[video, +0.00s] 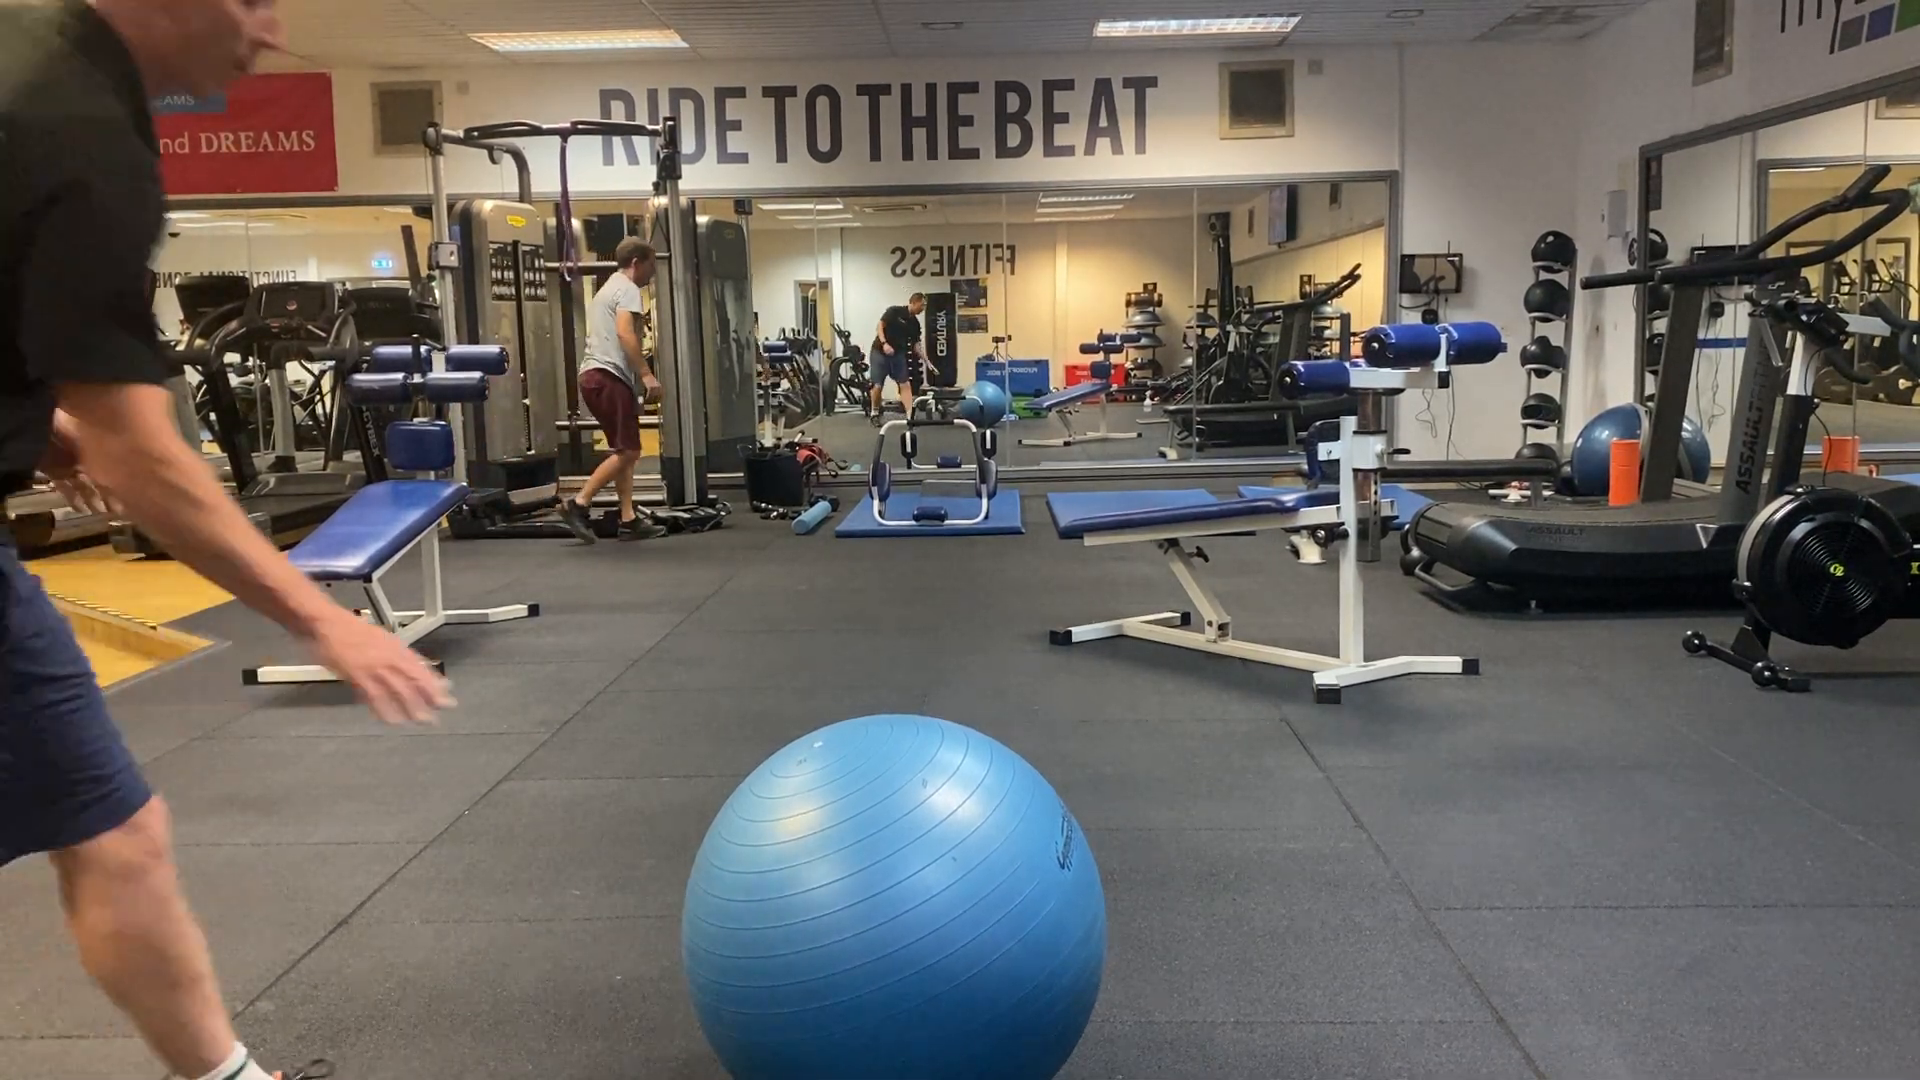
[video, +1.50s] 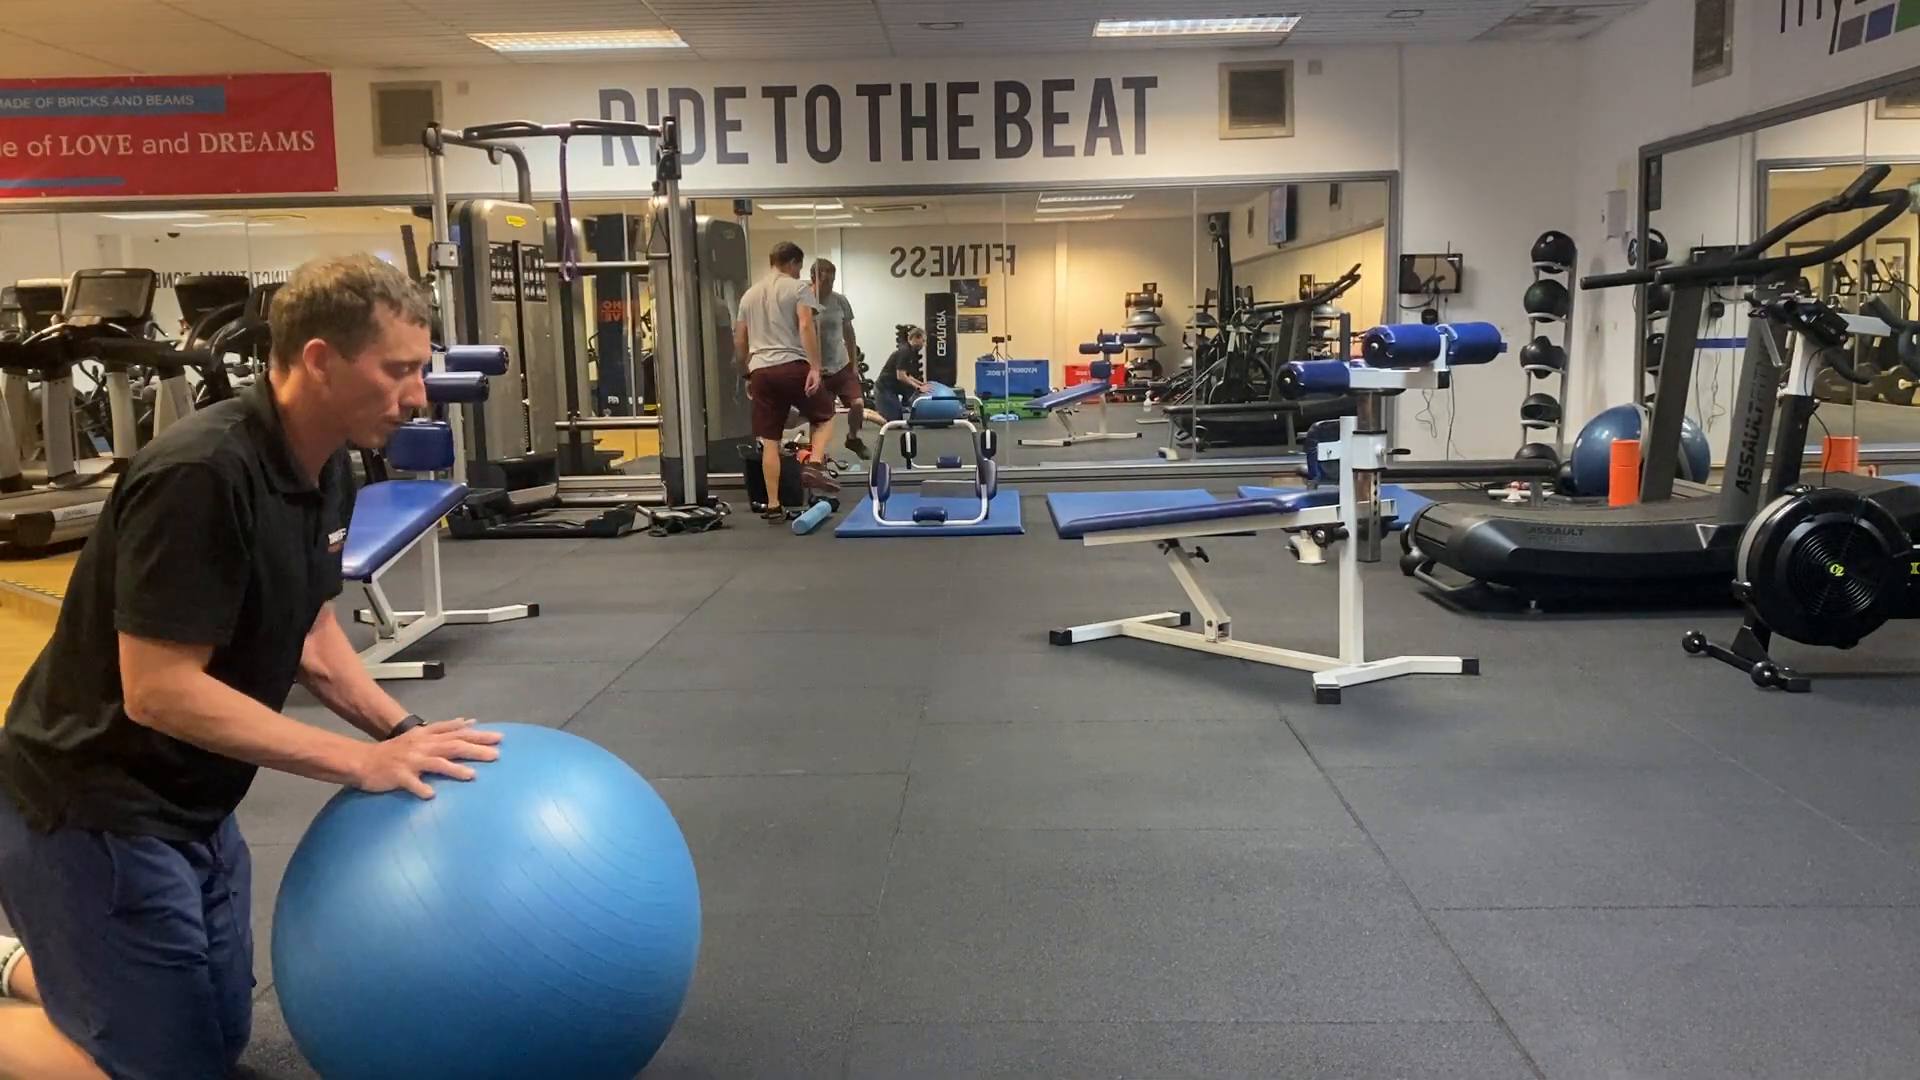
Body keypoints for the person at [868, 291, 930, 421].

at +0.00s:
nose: (922, 309)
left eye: (923, 306)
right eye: (921, 306)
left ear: (918, 305)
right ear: (913, 302)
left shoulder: (915, 324)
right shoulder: (894, 311)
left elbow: (917, 346)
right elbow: (880, 326)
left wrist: (926, 361)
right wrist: (884, 343)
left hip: (899, 353)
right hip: (881, 350)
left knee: (904, 383)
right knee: (877, 385)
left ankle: (910, 415)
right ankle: (875, 413)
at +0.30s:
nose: (939, 335)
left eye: (940, 333)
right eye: (938, 332)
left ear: (935, 331)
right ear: (930, 329)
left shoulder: (930, 344)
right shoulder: (912, 331)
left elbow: (941, 361)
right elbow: (892, 342)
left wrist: (961, 376)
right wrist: (894, 365)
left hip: (904, 364)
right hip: (886, 360)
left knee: (920, 386)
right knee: (882, 393)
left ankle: (912, 417)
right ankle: (851, 410)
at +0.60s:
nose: (933, 341)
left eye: (934, 339)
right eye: (932, 338)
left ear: (924, 338)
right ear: (923, 338)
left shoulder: (921, 351)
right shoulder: (911, 347)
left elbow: (927, 371)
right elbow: (901, 366)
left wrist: (944, 385)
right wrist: (914, 385)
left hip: (901, 381)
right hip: (890, 381)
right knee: (892, 417)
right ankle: (856, 414)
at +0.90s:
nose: (920, 338)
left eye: (920, 335)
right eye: (917, 335)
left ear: (909, 336)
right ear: (909, 335)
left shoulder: (906, 347)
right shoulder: (904, 349)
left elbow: (910, 373)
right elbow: (908, 375)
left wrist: (921, 388)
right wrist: (929, 382)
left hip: (893, 383)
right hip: (885, 385)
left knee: (913, 386)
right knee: (892, 421)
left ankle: (905, 414)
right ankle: (858, 414)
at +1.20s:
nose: (914, 335)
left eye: (914, 333)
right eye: (912, 332)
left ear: (904, 332)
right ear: (904, 332)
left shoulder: (896, 345)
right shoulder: (899, 347)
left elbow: (902, 371)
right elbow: (899, 372)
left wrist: (916, 379)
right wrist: (919, 385)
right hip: (887, 386)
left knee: (895, 418)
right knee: (893, 421)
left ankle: (864, 412)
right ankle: (860, 415)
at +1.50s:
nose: (924, 344)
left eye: (924, 341)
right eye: (923, 340)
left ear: (915, 339)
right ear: (914, 339)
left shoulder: (911, 352)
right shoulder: (904, 351)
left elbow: (907, 375)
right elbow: (900, 376)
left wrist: (920, 384)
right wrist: (918, 387)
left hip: (892, 387)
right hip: (884, 387)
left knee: (897, 422)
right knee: (893, 422)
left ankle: (867, 413)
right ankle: (866, 414)